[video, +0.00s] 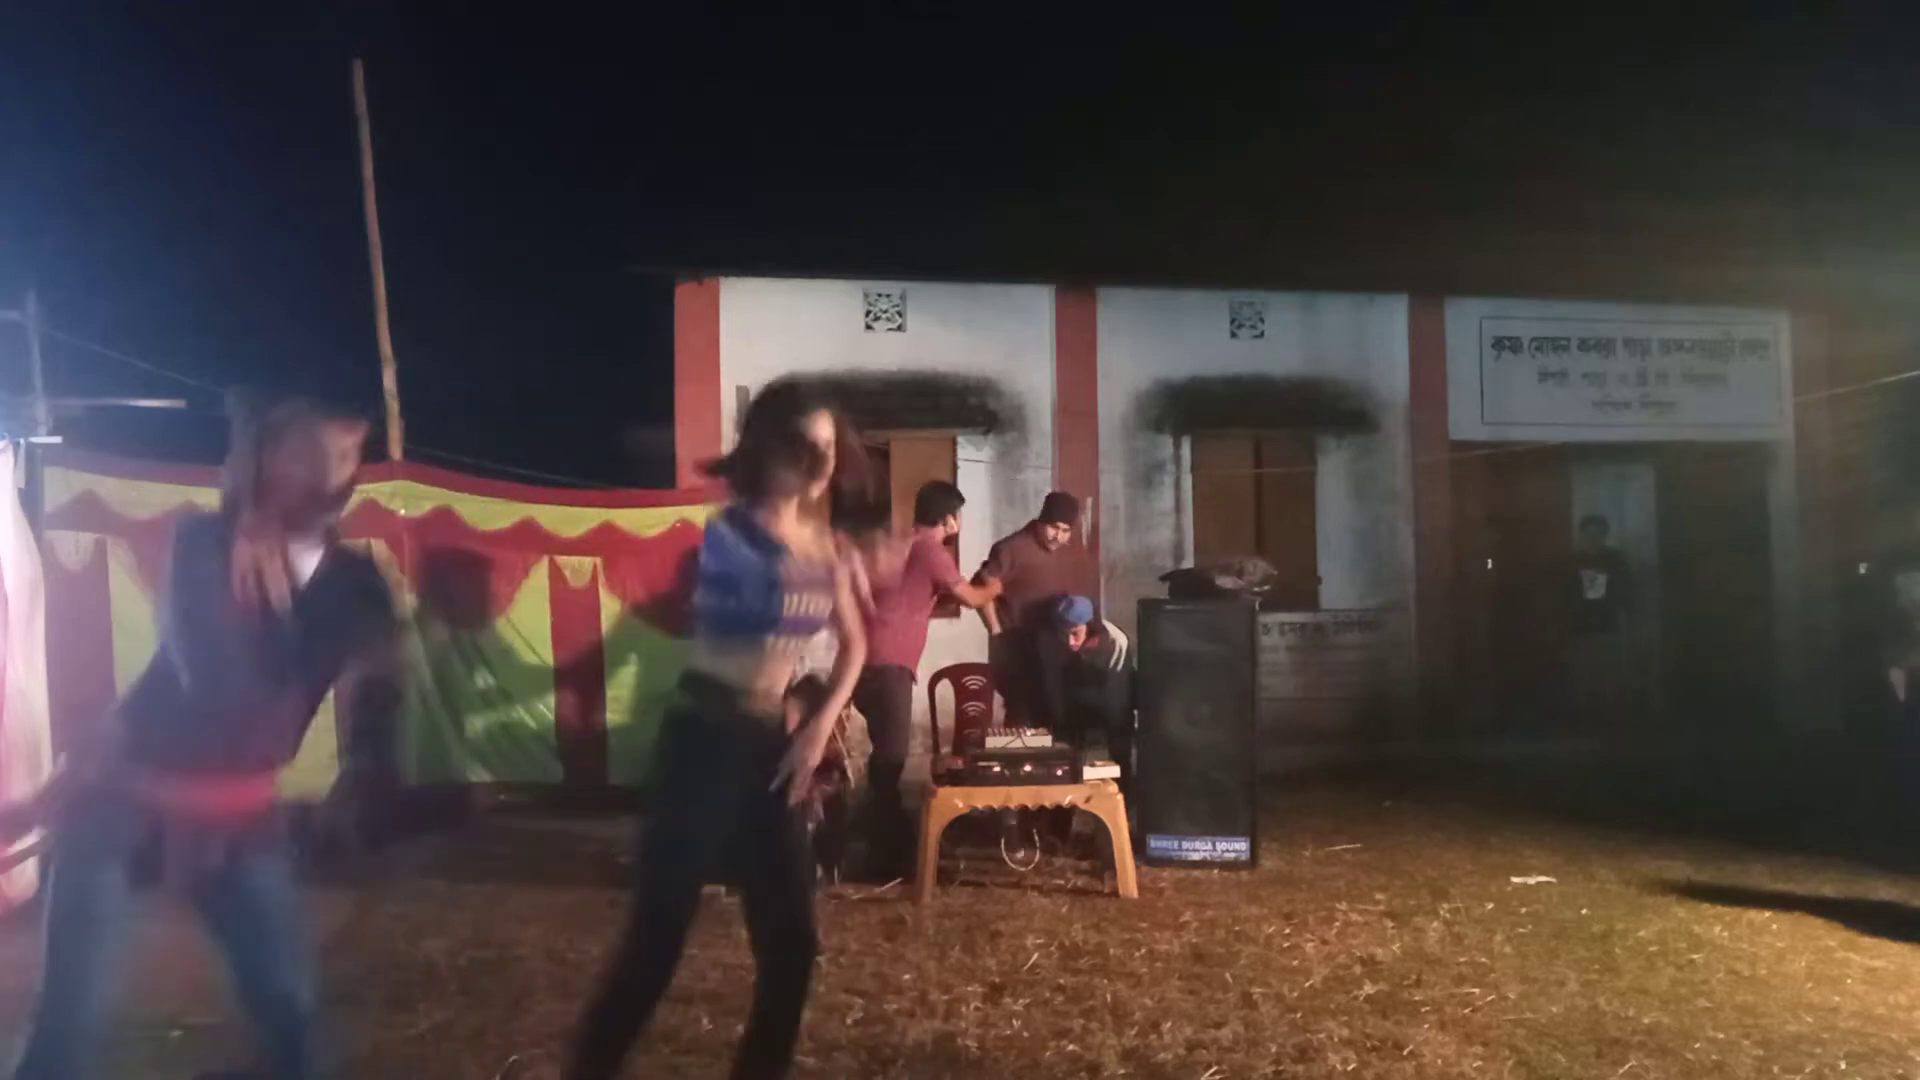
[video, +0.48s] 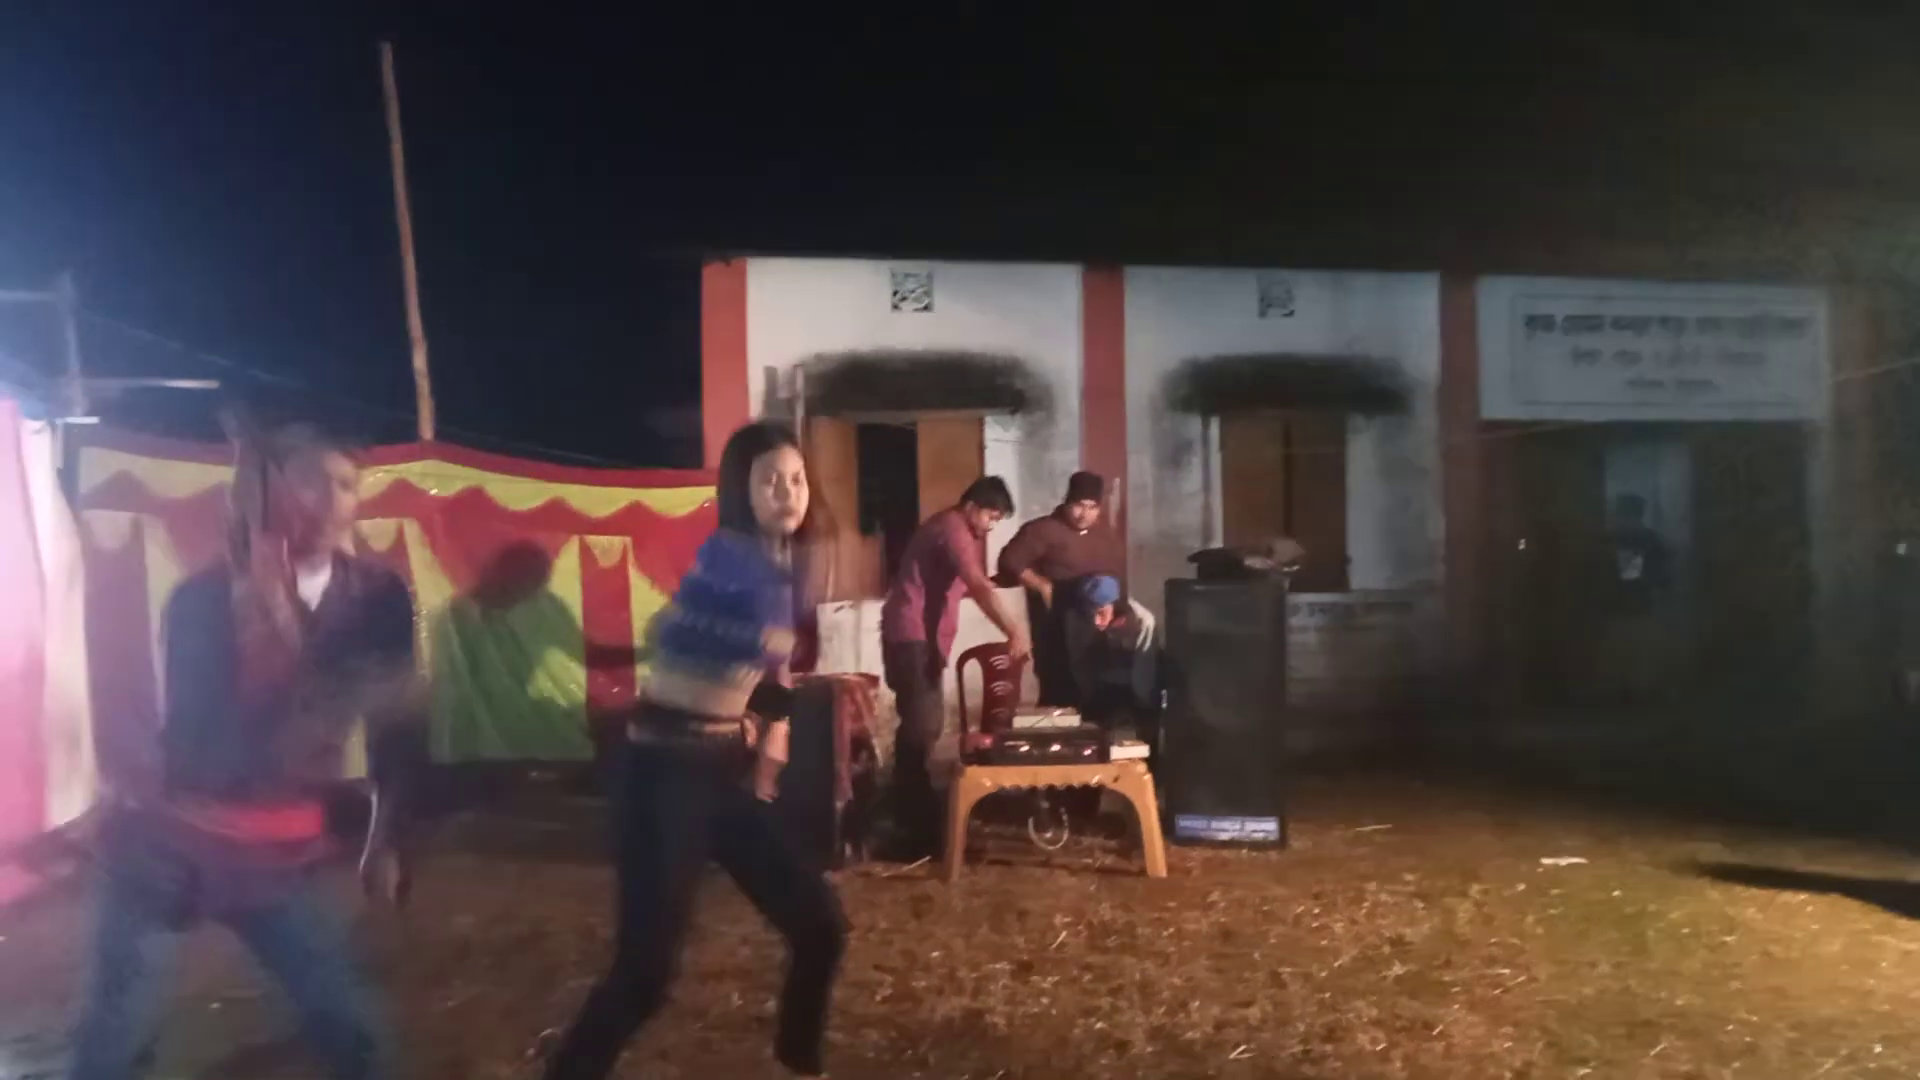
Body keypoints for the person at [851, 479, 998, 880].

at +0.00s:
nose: (958, 527)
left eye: (959, 520)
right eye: (957, 519)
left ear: (920, 515)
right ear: (947, 519)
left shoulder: (896, 546)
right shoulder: (929, 549)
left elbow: (910, 606)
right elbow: (970, 596)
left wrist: (956, 601)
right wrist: (992, 589)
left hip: (868, 666)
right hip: (892, 668)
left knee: (886, 758)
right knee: (890, 760)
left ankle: (884, 852)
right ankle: (885, 854)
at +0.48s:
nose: (992, 526)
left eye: (997, 519)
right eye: (991, 517)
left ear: (978, 509)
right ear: (974, 506)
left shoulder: (958, 526)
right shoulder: (953, 528)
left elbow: (977, 584)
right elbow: (978, 586)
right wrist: (1012, 631)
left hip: (923, 633)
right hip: (911, 633)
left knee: (923, 725)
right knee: (921, 725)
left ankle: (911, 814)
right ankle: (909, 817)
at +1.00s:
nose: (1082, 491)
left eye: (1082, 483)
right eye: (1079, 484)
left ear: (1050, 479)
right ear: (1068, 484)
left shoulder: (1030, 513)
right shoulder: (1041, 520)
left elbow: (1012, 580)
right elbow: (1031, 580)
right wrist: (1051, 634)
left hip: (1017, 635)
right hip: (1025, 637)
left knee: (1026, 720)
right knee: (1030, 722)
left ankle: (1010, 800)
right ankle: (1014, 807)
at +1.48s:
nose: (1228, 487)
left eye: (1228, 479)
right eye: (1228, 480)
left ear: (1189, 472)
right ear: (1219, 480)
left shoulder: (1154, 509)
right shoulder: (1201, 513)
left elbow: (1126, 566)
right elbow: (1208, 582)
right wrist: (1228, 637)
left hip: (1140, 631)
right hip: (1175, 635)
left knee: (1147, 721)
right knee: (1180, 724)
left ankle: (1140, 825)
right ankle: (1172, 828)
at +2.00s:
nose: (1328, 480)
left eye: (1329, 472)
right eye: (1326, 472)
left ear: (1287, 469)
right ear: (1313, 472)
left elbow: (1239, 569)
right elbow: (1330, 588)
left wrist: (1228, 621)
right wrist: (1348, 638)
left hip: (1254, 632)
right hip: (1299, 633)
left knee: (1260, 723)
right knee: (1295, 727)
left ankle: (1243, 813)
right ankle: (1288, 819)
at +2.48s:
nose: (1348, 476)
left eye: (1350, 469)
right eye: (1344, 468)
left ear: (1323, 463)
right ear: (1324, 462)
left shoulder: (1286, 485)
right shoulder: (1310, 495)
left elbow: (1267, 541)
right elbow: (1329, 563)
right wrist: (1383, 595)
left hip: (1264, 601)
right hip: (1295, 606)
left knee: (1267, 693)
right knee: (1322, 693)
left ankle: (1255, 781)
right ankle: (1304, 786)